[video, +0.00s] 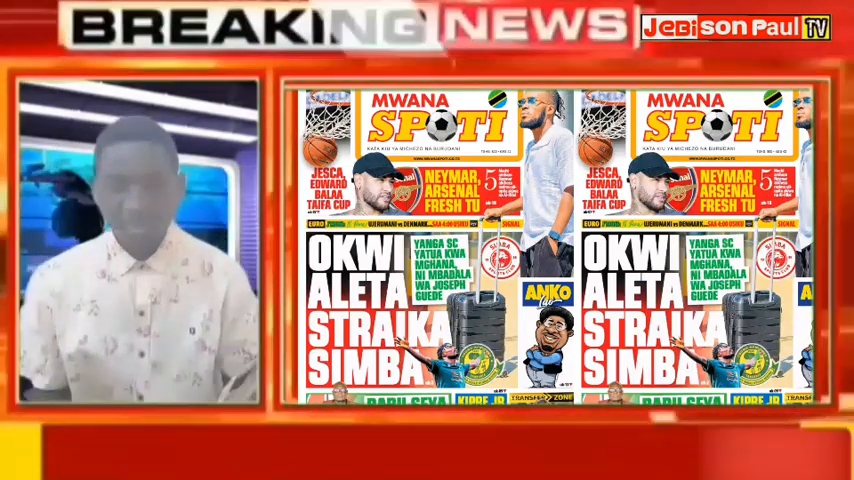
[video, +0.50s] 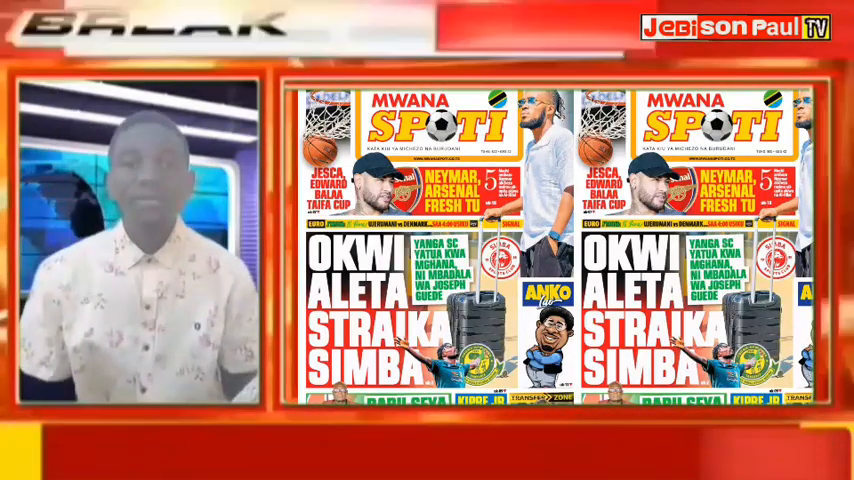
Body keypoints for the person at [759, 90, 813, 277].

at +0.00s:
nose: (799, 107)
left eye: (806, 101)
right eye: (797, 103)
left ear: (820, 107)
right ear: (793, 109)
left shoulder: (825, 148)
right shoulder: (806, 149)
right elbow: (805, 196)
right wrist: (777, 210)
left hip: (819, 239)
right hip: (803, 239)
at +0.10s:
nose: (799, 107)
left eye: (806, 101)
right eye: (797, 103)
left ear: (820, 107)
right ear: (794, 110)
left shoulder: (826, 148)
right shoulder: (806, 149)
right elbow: (805, 196)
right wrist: (777, 211)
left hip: (819, 240)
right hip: (804, 240)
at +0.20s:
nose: (799, 107)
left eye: (806, 102)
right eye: (797, 103)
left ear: (820, 108)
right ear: (794, 110)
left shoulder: (826, 148)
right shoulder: (806, 149)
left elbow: (830, 193)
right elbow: (805, 196)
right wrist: (777, 211)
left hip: (819, 239)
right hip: (804, 239)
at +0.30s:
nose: (799, 107)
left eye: (806, 101)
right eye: (797, 102)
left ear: (820, 108)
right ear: (794, 109)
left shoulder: (826, 148)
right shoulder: (806, 149)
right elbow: (805, 196)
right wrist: (777, 211)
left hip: (820, 240)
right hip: (804, 239)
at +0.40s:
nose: (799, 107)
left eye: (806, 101)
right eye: (797, 103)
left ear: (820, 108)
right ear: (794, 110)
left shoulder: (827, 148)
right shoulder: (806, 149)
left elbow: (830, 193)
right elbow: (805, 196)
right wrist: (777, 211)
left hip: (820, 240)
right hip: (804, 239)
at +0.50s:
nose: (799, 107)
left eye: (807, 101)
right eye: (797, 102)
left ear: (821, 107)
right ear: (794, 109)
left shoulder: (826, 149)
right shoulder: (806, 149)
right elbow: (805, 196)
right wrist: (777, 210)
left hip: (819, 240)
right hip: (804, 239)